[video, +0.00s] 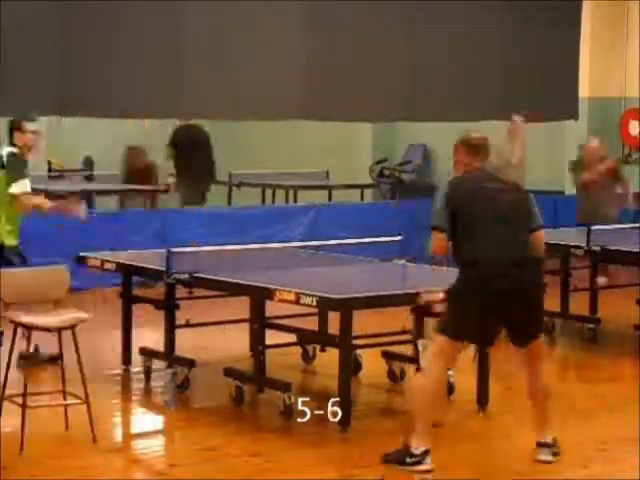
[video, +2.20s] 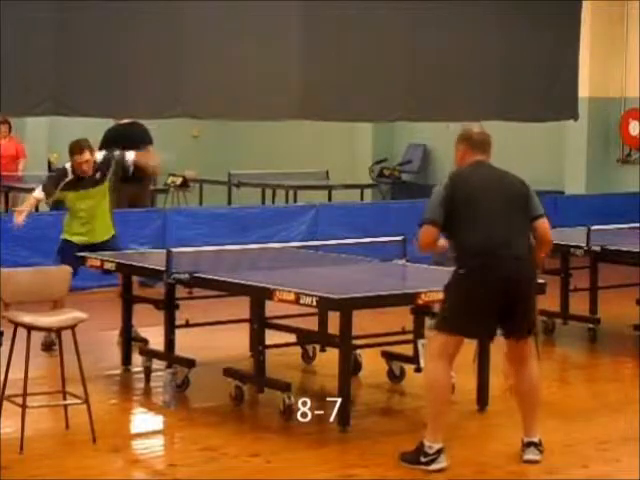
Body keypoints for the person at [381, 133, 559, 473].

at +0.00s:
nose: (454, 165)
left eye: (456, 159)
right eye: (456, 159)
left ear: (464, 158)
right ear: (485, 157)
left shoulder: (453, 188)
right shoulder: (516, 189)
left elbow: (439, 246)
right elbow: (538, 242)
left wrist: (466, 242)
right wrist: (526, 272)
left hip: (477, 282)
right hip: (524, 282)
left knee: (438, 359)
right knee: (535, 359)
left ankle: (418, 448)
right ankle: (545, 441)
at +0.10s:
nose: (451, 165)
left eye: (453, 159)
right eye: (453, 159)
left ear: (459, 158)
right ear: (483, 157)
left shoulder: (449, 188)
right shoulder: (512, 190)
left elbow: (433, 246)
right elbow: (535, 245)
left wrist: (460, 242)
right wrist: (507, 250)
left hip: (472, 285)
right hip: (518, 284)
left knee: (432, 362)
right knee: (534, 360)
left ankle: (418, 448)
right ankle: (545, 441)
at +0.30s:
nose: (386, 162)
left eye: (386, 157)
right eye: (388, 157)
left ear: (390, 155)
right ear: (413, 154)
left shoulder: (395, 175)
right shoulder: (426, 175)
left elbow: (395, 216)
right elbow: (425, 222)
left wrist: (379, 245)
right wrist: (394, 246)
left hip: (436, 265)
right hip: (454, 261)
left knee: (444, 346)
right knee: (421, 339)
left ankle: (476, 427)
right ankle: (410, 408)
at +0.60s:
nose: (361, 178)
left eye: (363, 173)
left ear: (367, 169)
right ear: (386, 168)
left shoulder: (373, 173)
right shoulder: (399, 186)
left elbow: (379, 204)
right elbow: (392, 241)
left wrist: (363, 244)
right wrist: (352, 243)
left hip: (429, 244)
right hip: (424, 254)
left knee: (449, 313)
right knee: (420, 332)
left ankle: (491, 378)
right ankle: (411, 391)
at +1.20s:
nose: (360, 178)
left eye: (360, 175)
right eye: (362, 175)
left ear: (366, 170)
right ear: (385, 171)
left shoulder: (370, 177)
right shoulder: (400, 194)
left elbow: (375, 200)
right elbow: (401, 255)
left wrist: (362, 241)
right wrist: (366, 273)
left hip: (424, 244)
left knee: (442, 313)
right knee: (418, 335)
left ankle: (483, 386)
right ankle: (410, 415)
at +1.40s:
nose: (470, 129)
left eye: (471, 123)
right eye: (472, 123)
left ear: (479, 125)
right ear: (506, 126)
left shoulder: (475, 163)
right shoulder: (530, 167)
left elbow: (465, 215)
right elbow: (544, 220)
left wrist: (444, 222)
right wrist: (509, 225)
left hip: (484, 276)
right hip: (526, 276)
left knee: (456, 350)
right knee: (519, 353)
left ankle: (435, 439)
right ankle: (524, 442)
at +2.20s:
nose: (455, 159)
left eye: (456, 154)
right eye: (457, 154)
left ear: (462, 152)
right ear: (488, 152)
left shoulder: (455, 182)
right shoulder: (517, 183)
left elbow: (426, 241)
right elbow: (545, 235)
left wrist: (443, 243)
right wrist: (532, 260)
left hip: (474, 278)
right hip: (520, 277)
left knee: (440, 356)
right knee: (522, 357)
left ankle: (432, 447)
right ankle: (532, 441)